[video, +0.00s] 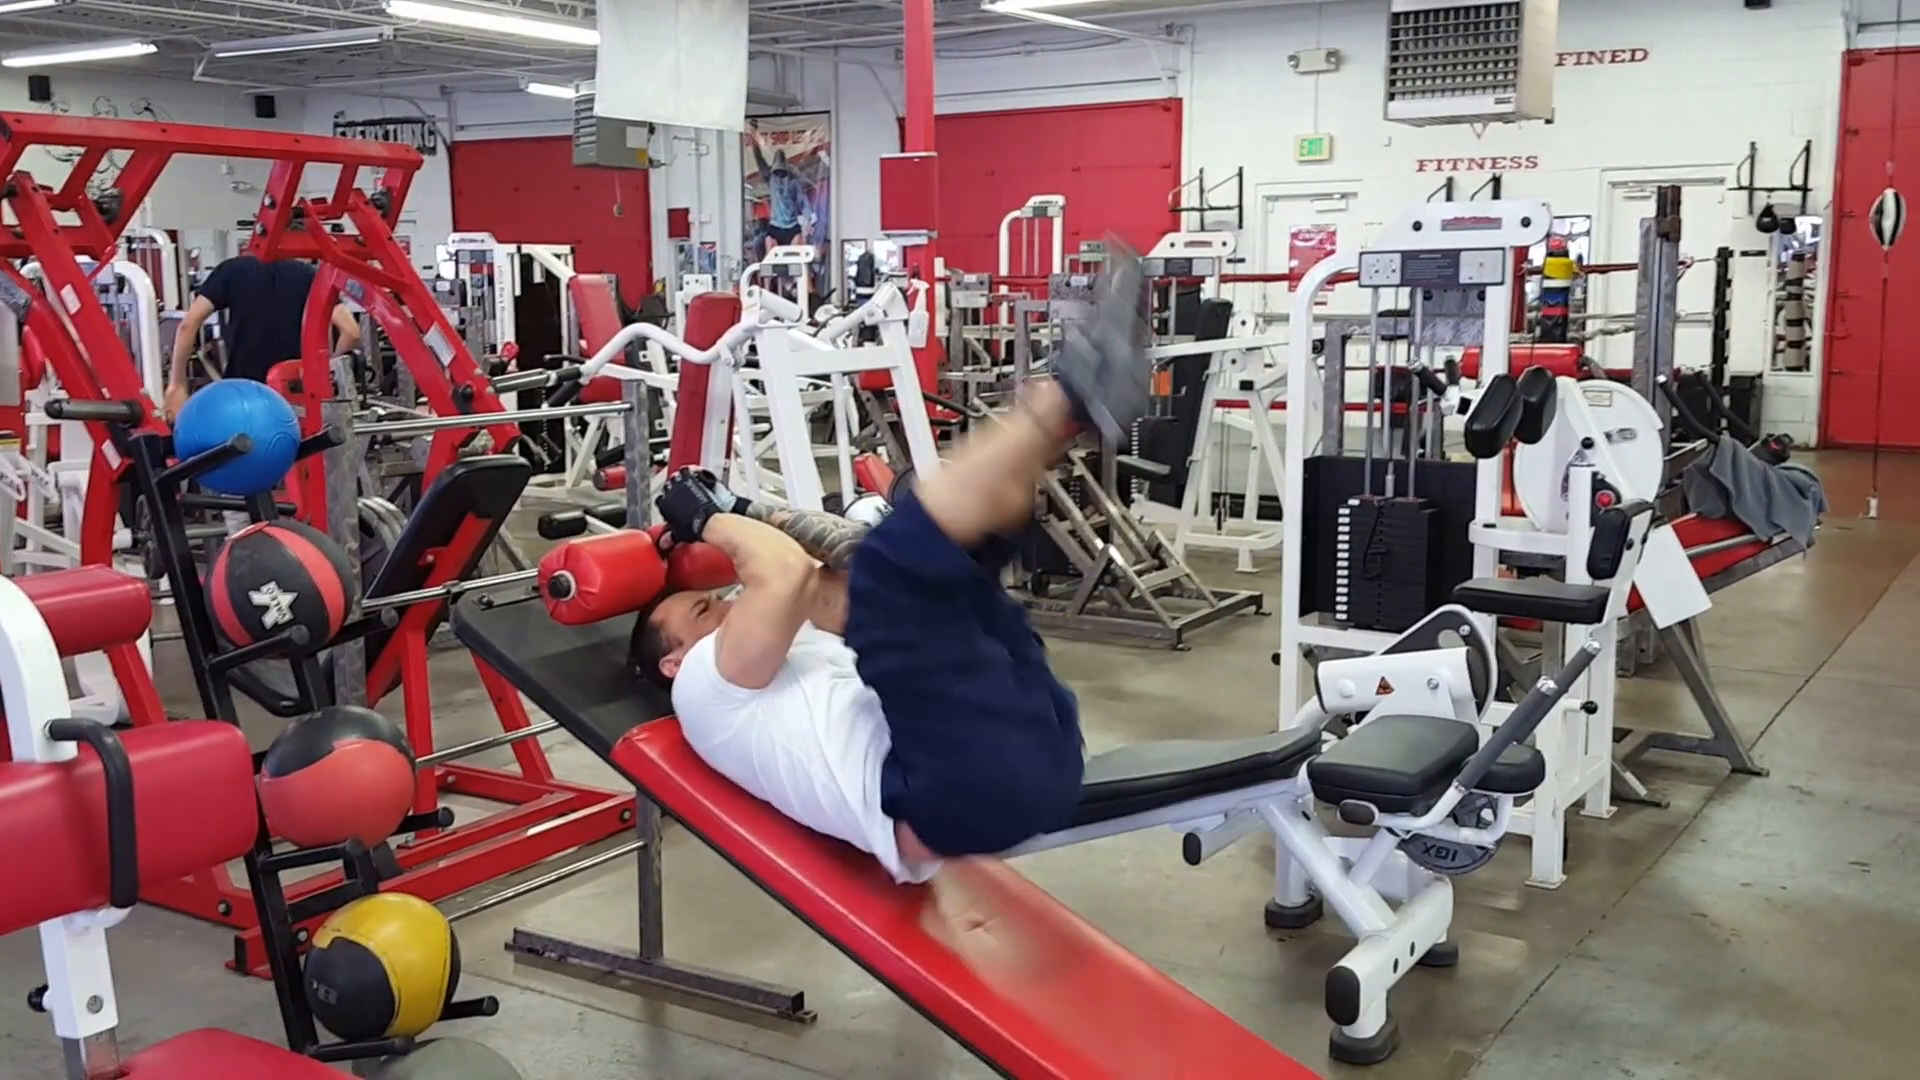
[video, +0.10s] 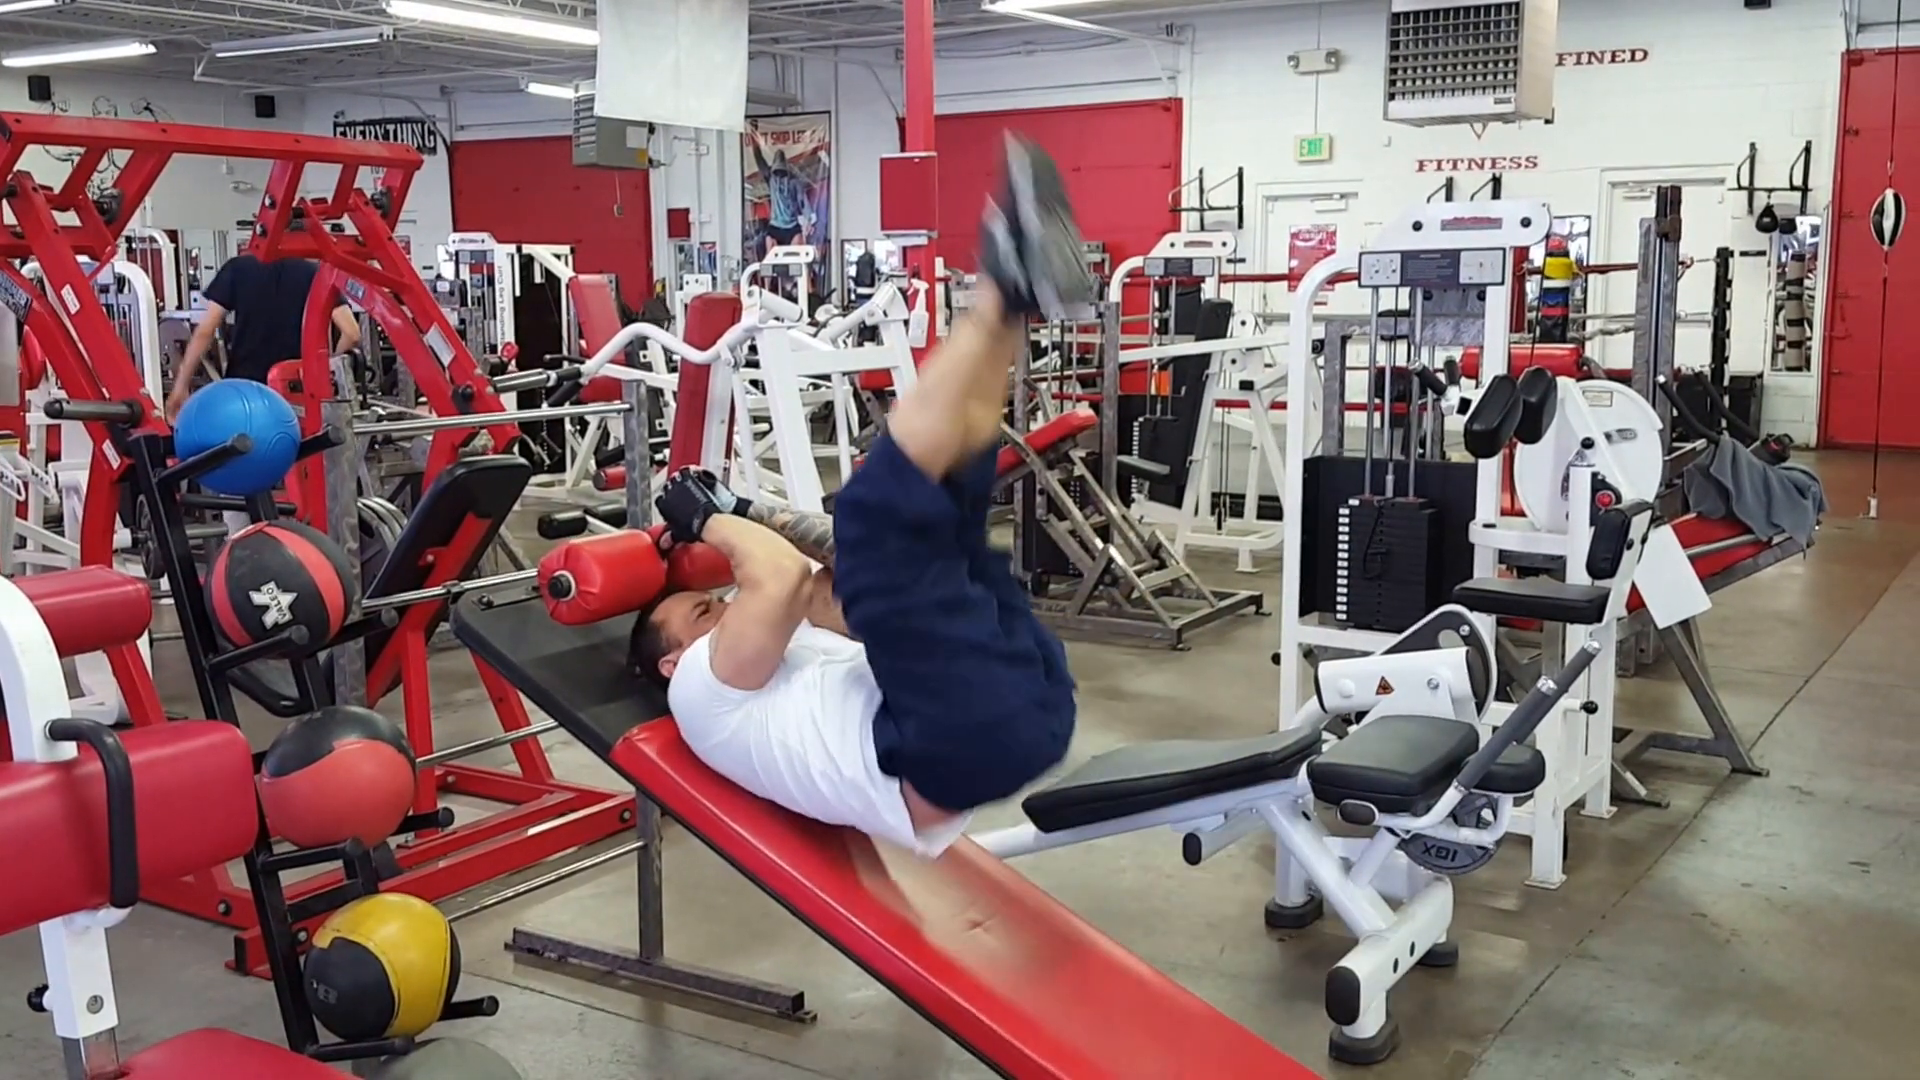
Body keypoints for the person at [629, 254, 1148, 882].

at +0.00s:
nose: (724, 608)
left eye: (716, 600)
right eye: (701, 611)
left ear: (730, 607)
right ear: (673, 660)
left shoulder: (802, 657)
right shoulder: (701, 689)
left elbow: (846, 593)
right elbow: (784, 574)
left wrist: (752, 526)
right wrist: (709, 518)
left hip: (1037, 761)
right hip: (970, 791)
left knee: (935, 554)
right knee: (894, 557)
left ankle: (1082, 399)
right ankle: (1064, 395)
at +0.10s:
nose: (715, 605)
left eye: (708, 600)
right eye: (694, 612)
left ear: (721, 604)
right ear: (671, 663)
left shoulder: (786, 669)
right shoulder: (702, 695)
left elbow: (841, 610)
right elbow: (783, 574)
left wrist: (768, 553)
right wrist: (709, 519)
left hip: (1031, 713)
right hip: (967, 744)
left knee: (940, 508)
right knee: (874, 506)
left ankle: (1013, 306)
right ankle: (997, 296)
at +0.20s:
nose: (716, 603)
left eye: (708, 600)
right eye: (694, 610)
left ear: (717, 608)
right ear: (670, 651)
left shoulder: (771, 662)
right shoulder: (698, 686)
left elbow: (867, 604)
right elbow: (773, 572)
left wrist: (762, 550)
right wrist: (704, 516)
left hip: (1021, 682)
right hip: (958, 706)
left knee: (951, 471)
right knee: (891, 460)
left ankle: (987, 223)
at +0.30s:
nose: (721, 606)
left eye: (712, 603)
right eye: (697, 613)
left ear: (728, 612)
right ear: (668, 660)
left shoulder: (780, 665)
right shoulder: (700, 691)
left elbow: (864, 595)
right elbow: (774, 569)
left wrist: (781, 544)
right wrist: (704, 516)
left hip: (1026, 675)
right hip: (964, 694)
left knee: (963, 454)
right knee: (902, 448)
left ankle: (986, 214)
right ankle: (955, 195)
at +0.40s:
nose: (720, 609)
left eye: (711, 604)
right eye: (698, 616)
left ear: (719, 615)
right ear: (677, 661)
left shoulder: (779, 665)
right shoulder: (706, 697)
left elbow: (868, 607)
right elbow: (775, 573)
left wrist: (772, 574)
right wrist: (708, 515)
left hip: (1036, 682)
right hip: (970, 707)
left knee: (953, 477)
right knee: (891, 467)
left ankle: (1010, 246)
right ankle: (988, 225)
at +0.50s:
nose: (722, 612)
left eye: (715, 607)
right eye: (699, 617)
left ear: (727, 614)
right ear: (672, 666)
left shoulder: (795, 664)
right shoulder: (704, 696)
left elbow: (848, 604)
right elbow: (781, 574)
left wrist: (754, 527)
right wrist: (706, 517)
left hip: (1039, 719)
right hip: (966, 753)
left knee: (940, 524)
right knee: (879, 515)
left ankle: (1039, 331)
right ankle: (1027, 328)